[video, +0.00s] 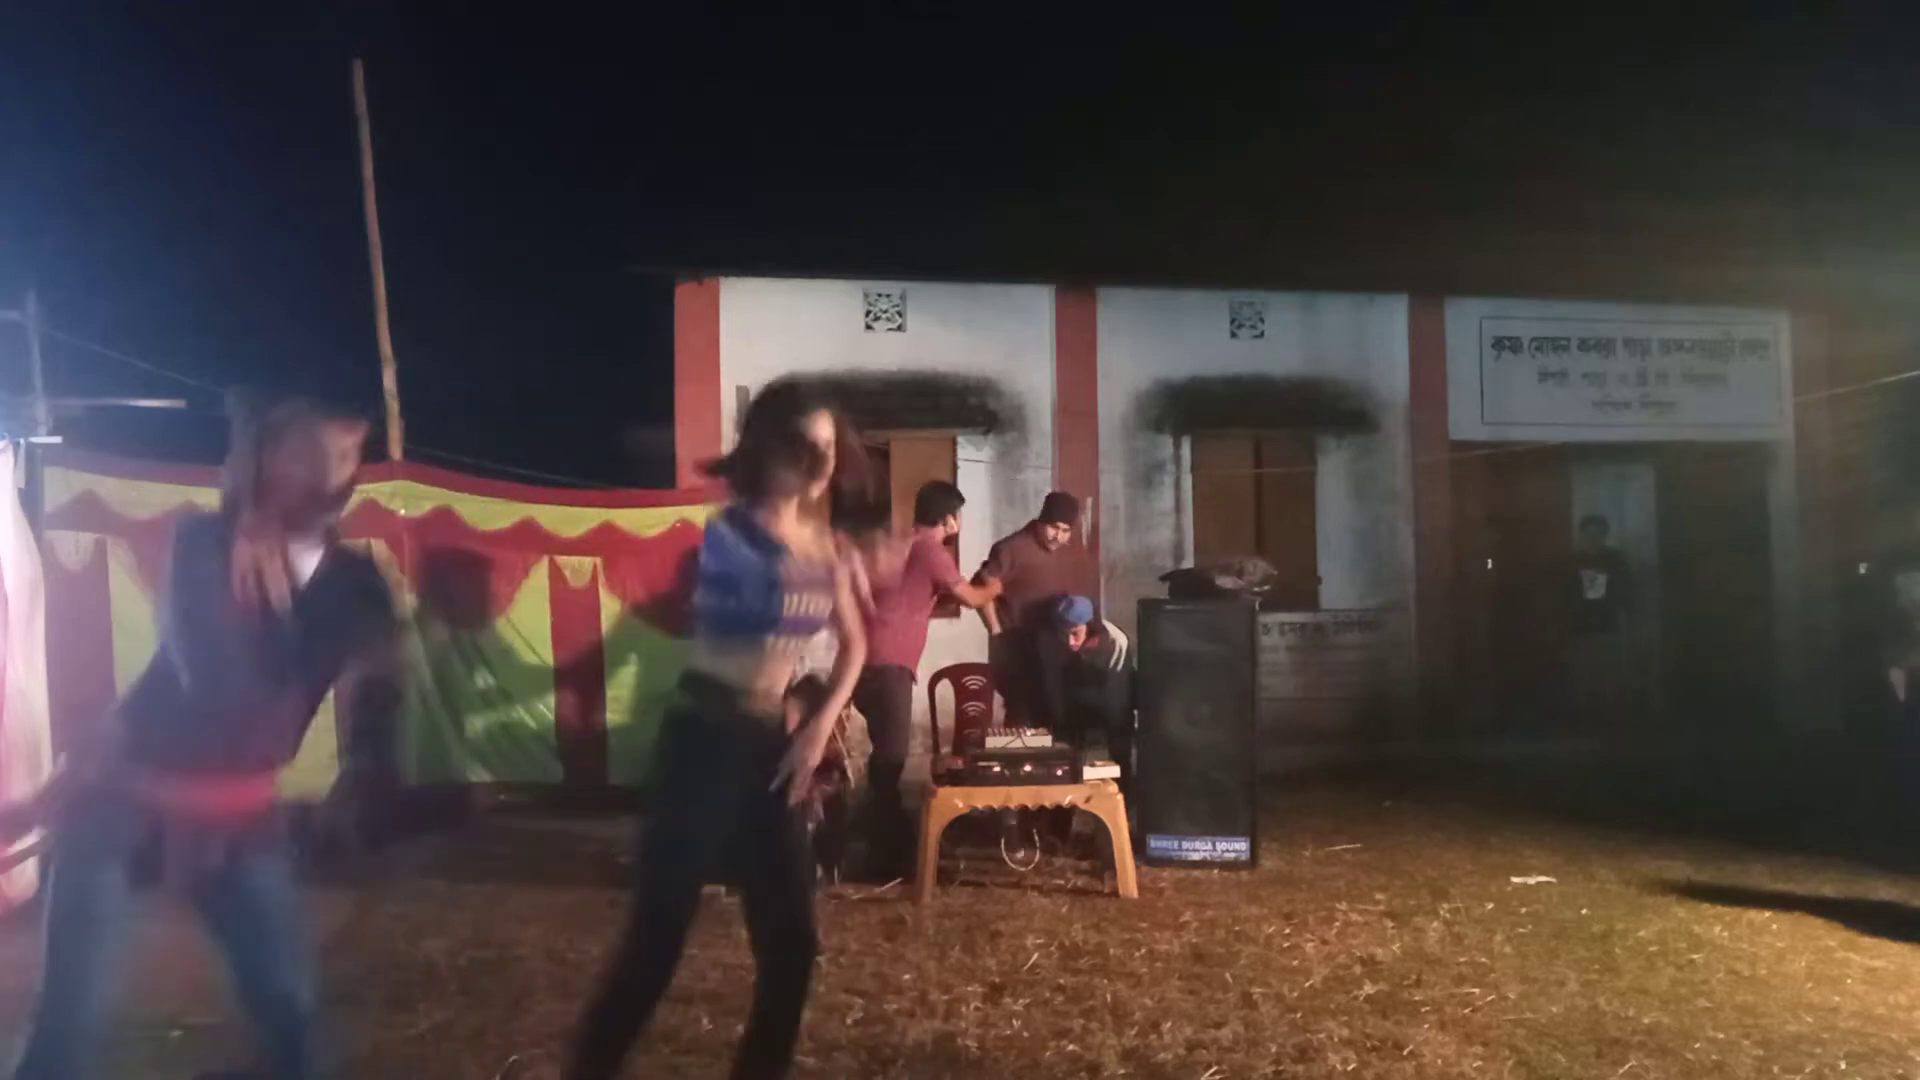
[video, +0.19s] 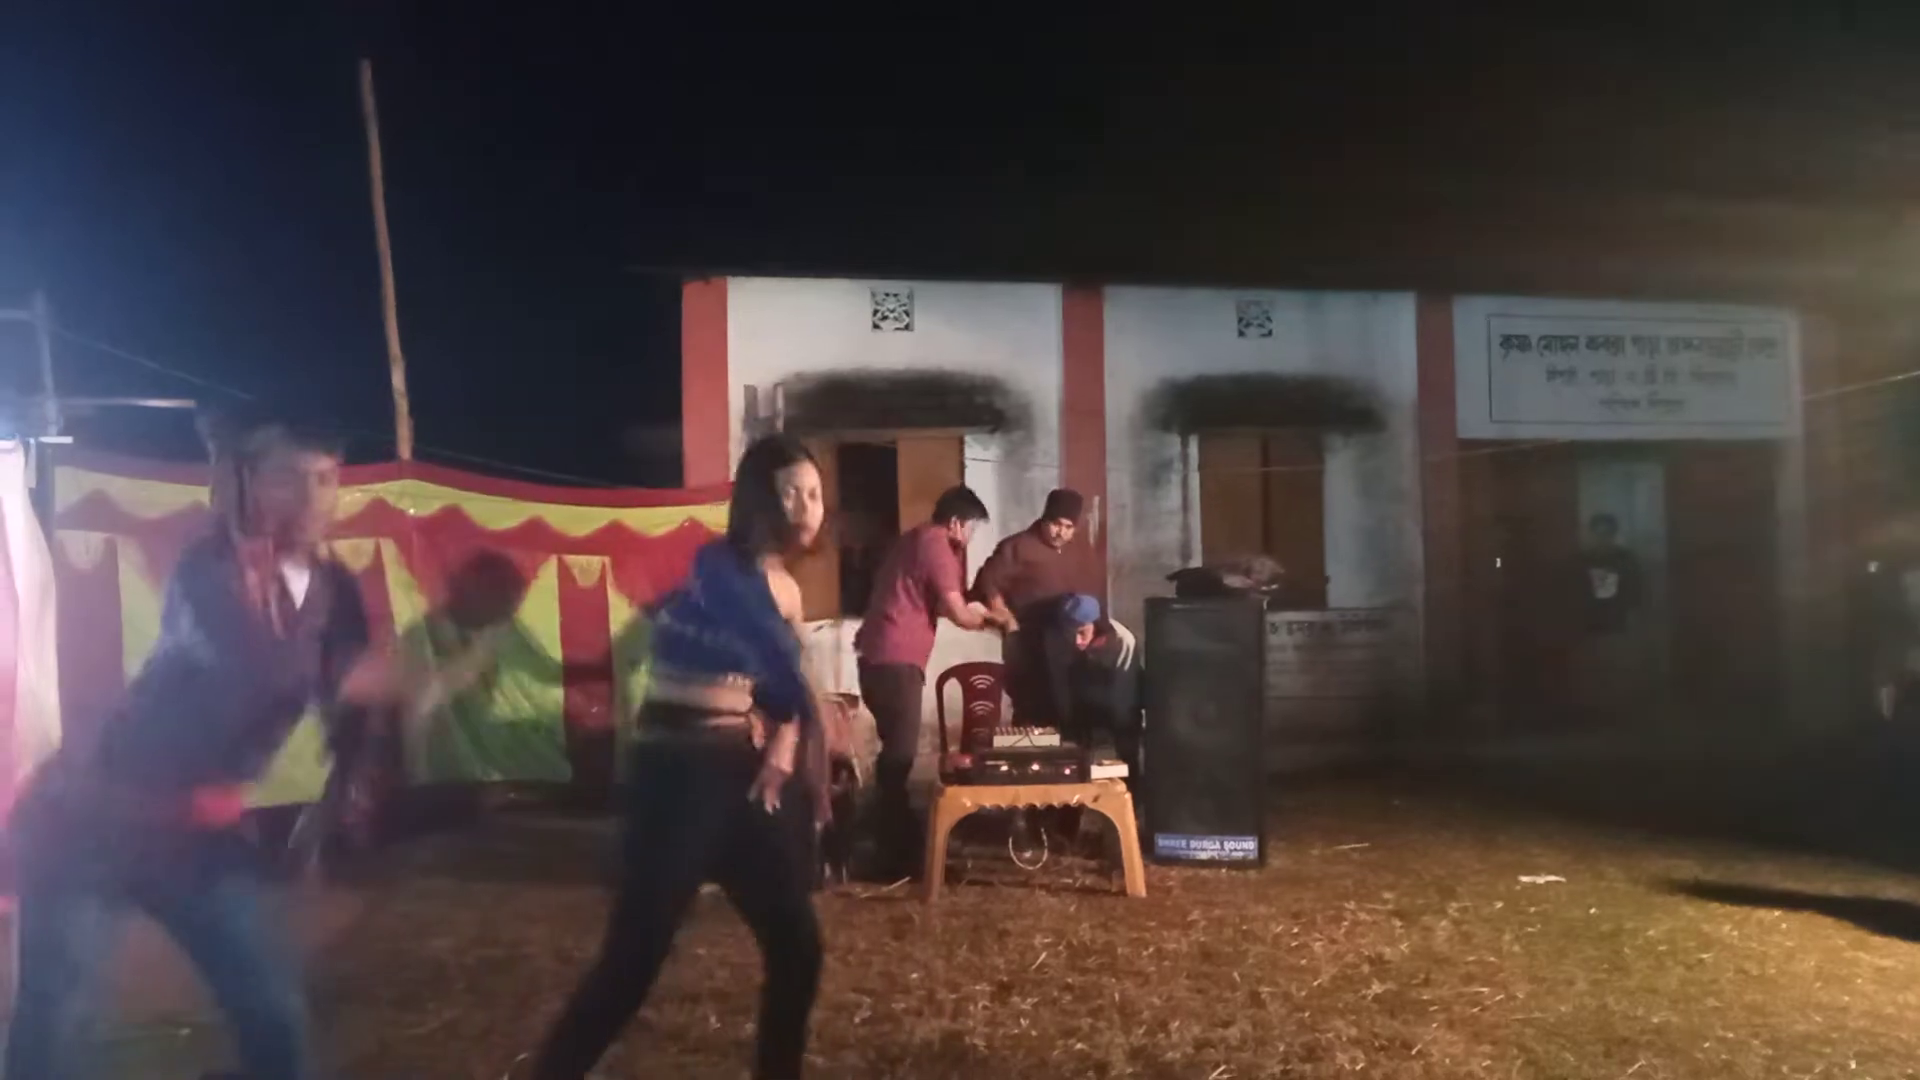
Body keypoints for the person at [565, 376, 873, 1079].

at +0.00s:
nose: (816, 458)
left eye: (828, 446)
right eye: (801, 442)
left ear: (839, 458)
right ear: (764, 444)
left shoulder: (832, 550)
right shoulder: (731, 530)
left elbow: (854, 647)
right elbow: (719, 616)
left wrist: (817, 734)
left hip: (775, 745)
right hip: (704, 734)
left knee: (791, 946)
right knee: (657, 933)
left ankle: (760, 1068)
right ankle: (589, 1066)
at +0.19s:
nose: (811, 508)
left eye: (816, 494)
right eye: (796, 494)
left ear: (820, 501)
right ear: (760, 499)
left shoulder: (780, 584)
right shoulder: (721, 570)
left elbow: (784, 687)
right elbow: (783, 670)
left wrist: (780, 748)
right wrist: (807, 710)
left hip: (737, 771)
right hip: (677, 769)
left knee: (797, 947)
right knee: (632, 964)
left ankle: (776, 1069)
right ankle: (548, 1070)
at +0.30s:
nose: (798, 479)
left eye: (807, 466)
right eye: (782, 464)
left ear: (816, 475)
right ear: (747, 469)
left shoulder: (775, 546)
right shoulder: (737, 530)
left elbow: (760, 651)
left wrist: (771, 716)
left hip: (717, 744)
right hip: (659, 742)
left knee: (773, 932)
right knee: (616, 940)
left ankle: (772, 1069)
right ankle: (546, 1067)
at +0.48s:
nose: (788, 493)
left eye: (797, 479)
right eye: (770, 481)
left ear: (809, 488)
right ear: (740, 491)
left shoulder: (774, 569)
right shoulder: (731, 557)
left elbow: (776, 686)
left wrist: (766, 773)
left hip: (719, 763)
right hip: (659, 761)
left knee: (818, 925)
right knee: (644, 972)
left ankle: (797, 1061)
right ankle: (567, 1067)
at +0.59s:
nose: (777, 491)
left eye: (788, 475)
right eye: (759, 478)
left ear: (807, 484)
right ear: (735, 489)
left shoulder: (807, 570)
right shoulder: (709, 567)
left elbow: (812, 665)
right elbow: (692, 667)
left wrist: (819, 724)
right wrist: (782, 687)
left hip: (784, 761)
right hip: (708, 761)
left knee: (847, 926)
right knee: (666, 953)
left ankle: (816, 1057)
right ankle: (585, 1068)